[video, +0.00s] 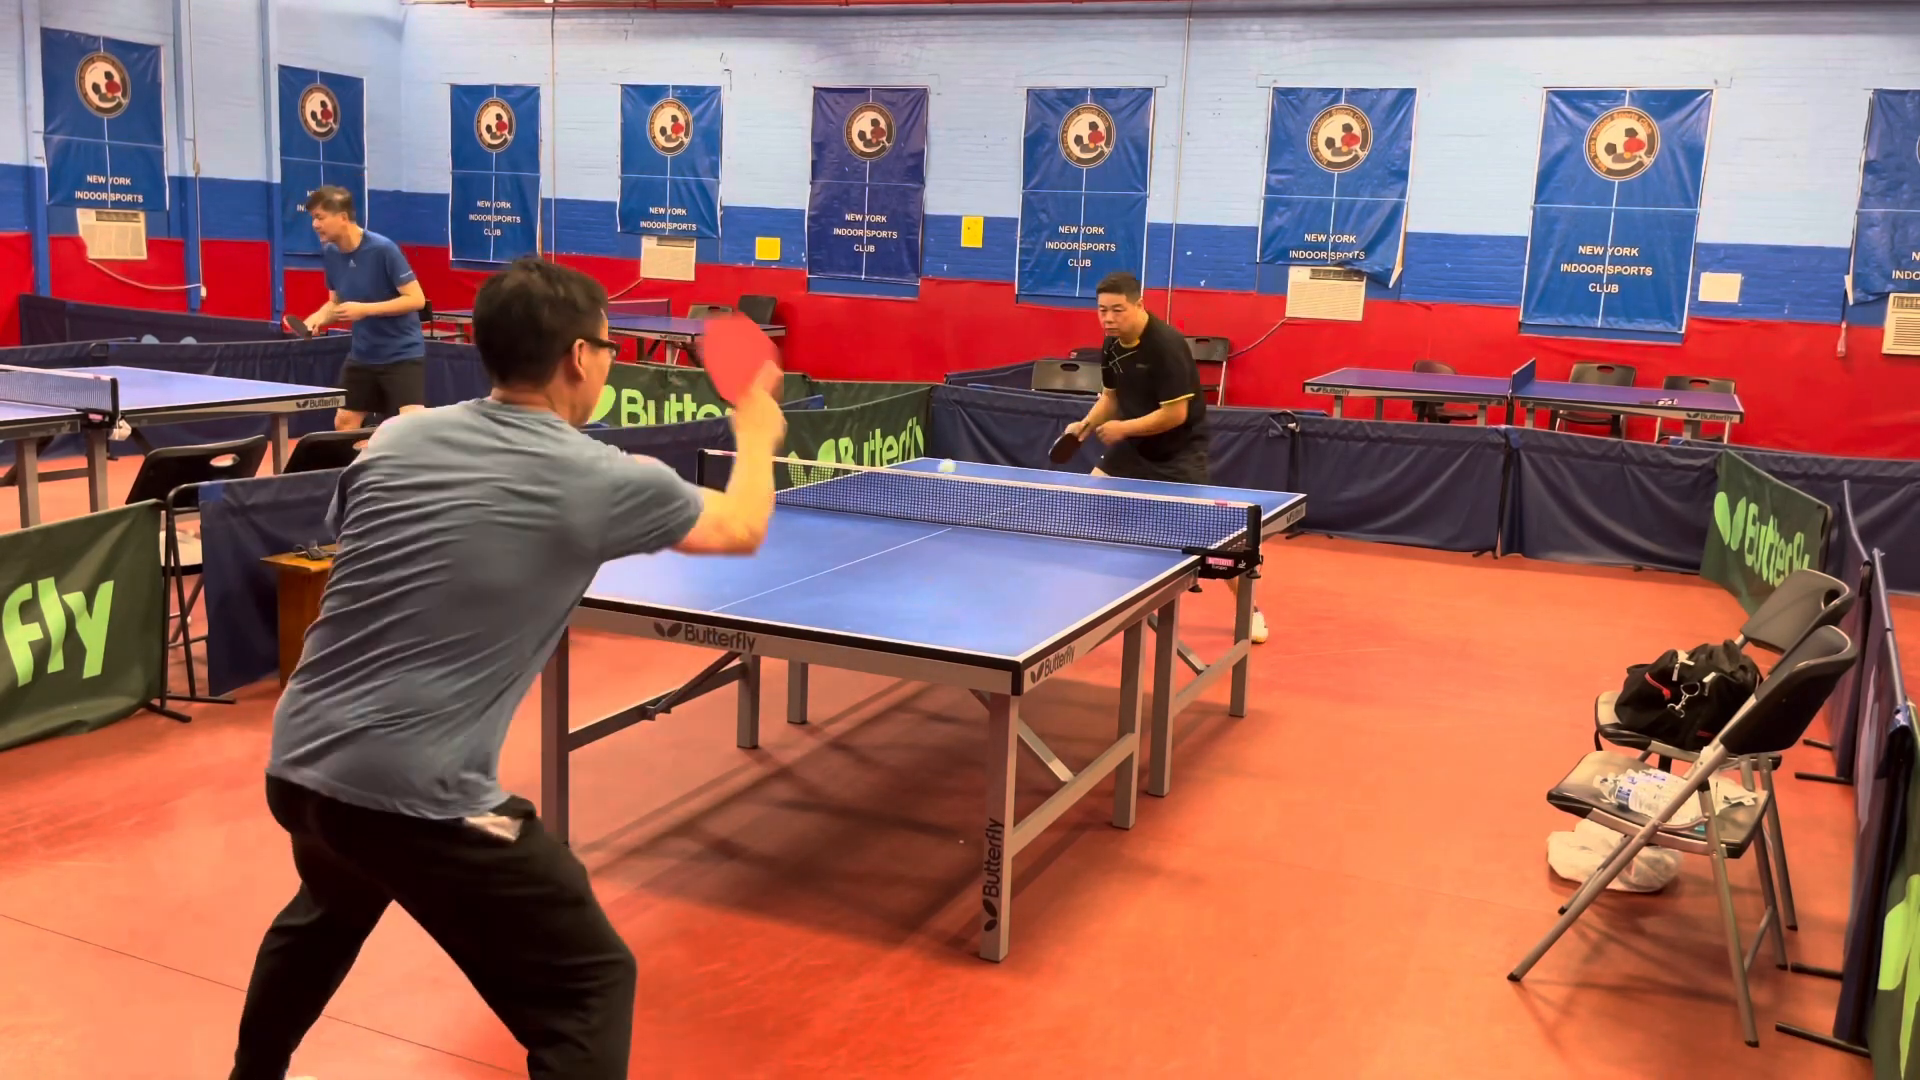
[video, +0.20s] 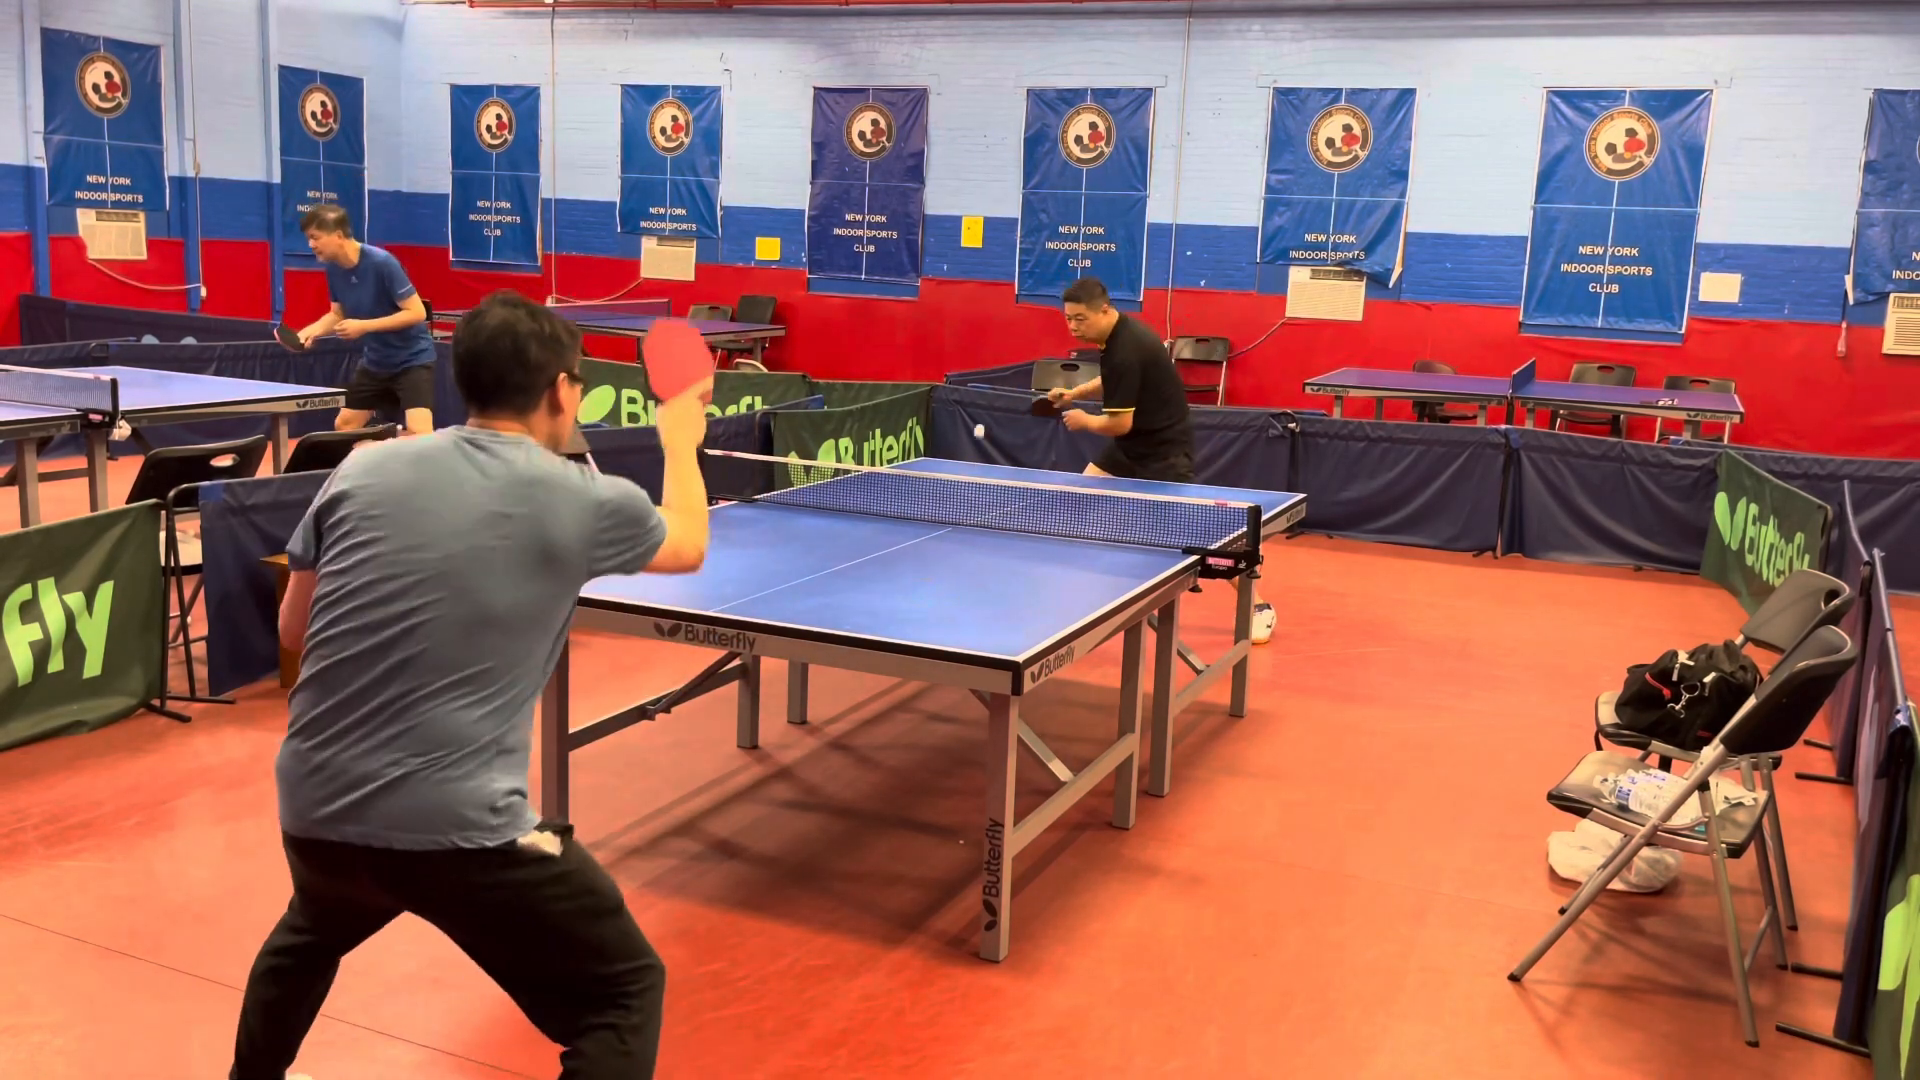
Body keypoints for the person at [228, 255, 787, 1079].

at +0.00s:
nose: (609, 365)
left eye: (607, 346)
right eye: (605, 347)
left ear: (489, 352)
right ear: (575, 359)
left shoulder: (392, 440)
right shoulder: (591, 475)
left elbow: (347, 568)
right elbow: (740, 526)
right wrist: (758, 437)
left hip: (298, 772)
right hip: (423, 795)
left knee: (331, 905)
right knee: (591, 981)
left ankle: (251, 1075)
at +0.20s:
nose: (578, 403)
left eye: (577, 383)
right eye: (577, 384)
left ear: (468, 384)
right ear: (558, 391)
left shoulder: (361, 469)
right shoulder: (568, 495)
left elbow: (294, 632)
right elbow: (686, 543)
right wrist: (682, 445)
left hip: (317, 818)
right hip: (459, 830)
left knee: (313, 928)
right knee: (621, 991)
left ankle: (251, 1072)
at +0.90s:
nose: (547, 365)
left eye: (547, 346)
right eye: (542, 345)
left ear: (428, 342)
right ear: (505, 350)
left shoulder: (336, 422)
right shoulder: (501, 458)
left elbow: (321, 567)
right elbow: (653, 523)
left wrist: (445, 613)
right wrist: (678, 418)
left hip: (243, 748)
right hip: (350, 770)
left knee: (310, 904)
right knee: (491, 984)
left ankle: (227, 1068)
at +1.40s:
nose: (642, 438)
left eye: (644, 419)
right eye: (642, 419)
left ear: (529, 405)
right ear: (614, 427)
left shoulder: (446, 461)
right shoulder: (530, 538)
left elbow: (387, 602)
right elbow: (450, 733)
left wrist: (501, 661)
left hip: (262, 757)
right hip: (341, 792)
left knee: (328, 909)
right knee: (512, 1005)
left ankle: (221, 1072)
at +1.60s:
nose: (601, 425)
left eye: (603, 406)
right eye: (598, 405)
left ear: (494, 394)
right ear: (556, 407)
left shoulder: (429, 465)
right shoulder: (452, 518)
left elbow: (407, 618)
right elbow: (392, 707)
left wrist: (532, 662)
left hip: (283, 772)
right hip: (343, 796)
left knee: (354, 916)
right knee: (511, 1008)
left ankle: (231, 1070)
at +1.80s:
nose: (527, 327)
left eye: (525, 308)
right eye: (520, 308)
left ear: (404, 310)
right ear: (480, 314)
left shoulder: (306, 397)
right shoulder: (489, 430)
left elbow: (293, 539)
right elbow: (630, 494)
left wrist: (422, 587)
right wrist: (645, 394)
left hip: (230, 734)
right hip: (342, 758)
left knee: (254, 948)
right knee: (453, 997)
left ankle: (213, 1073)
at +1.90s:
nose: (507, 339)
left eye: (505, 320)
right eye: (502, 321)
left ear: (388, 322)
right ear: (469, 326)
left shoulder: (279, 412)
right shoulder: (480, 436)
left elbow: (224, 569)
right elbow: (612, 478)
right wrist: (621, 372)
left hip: (236, 760)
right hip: (367, 775)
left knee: (235, 975)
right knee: (481, 995)